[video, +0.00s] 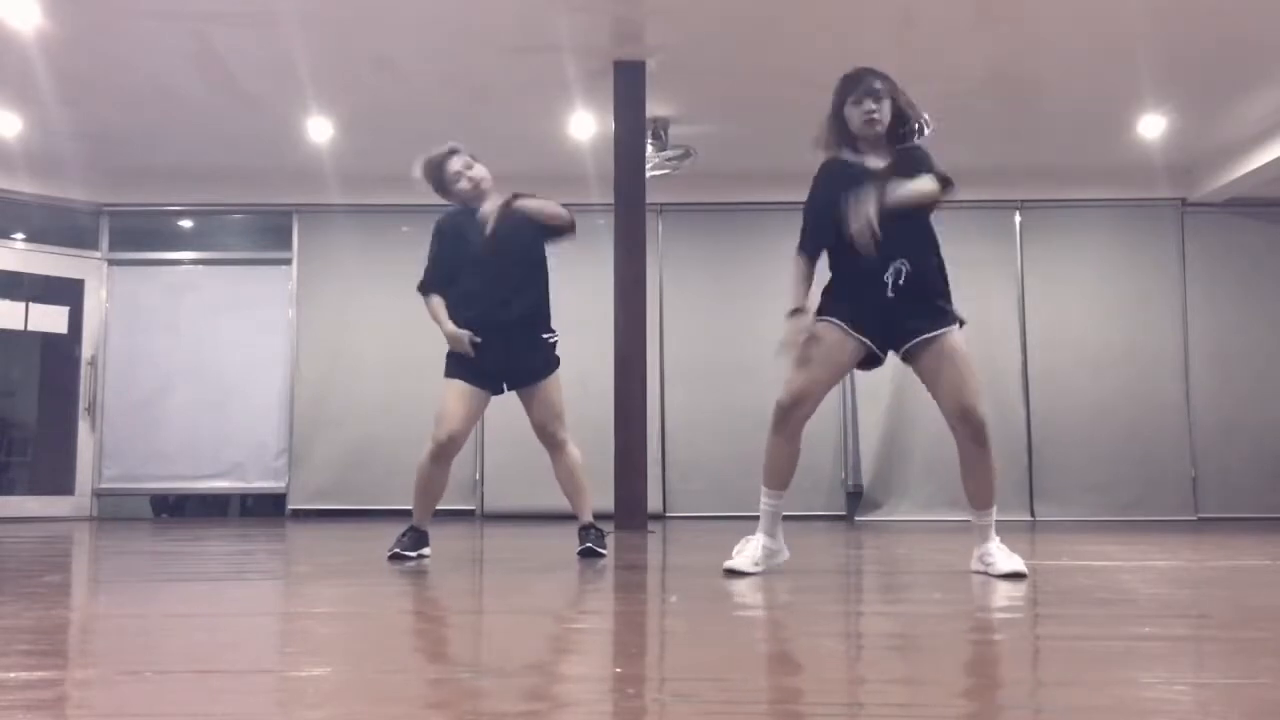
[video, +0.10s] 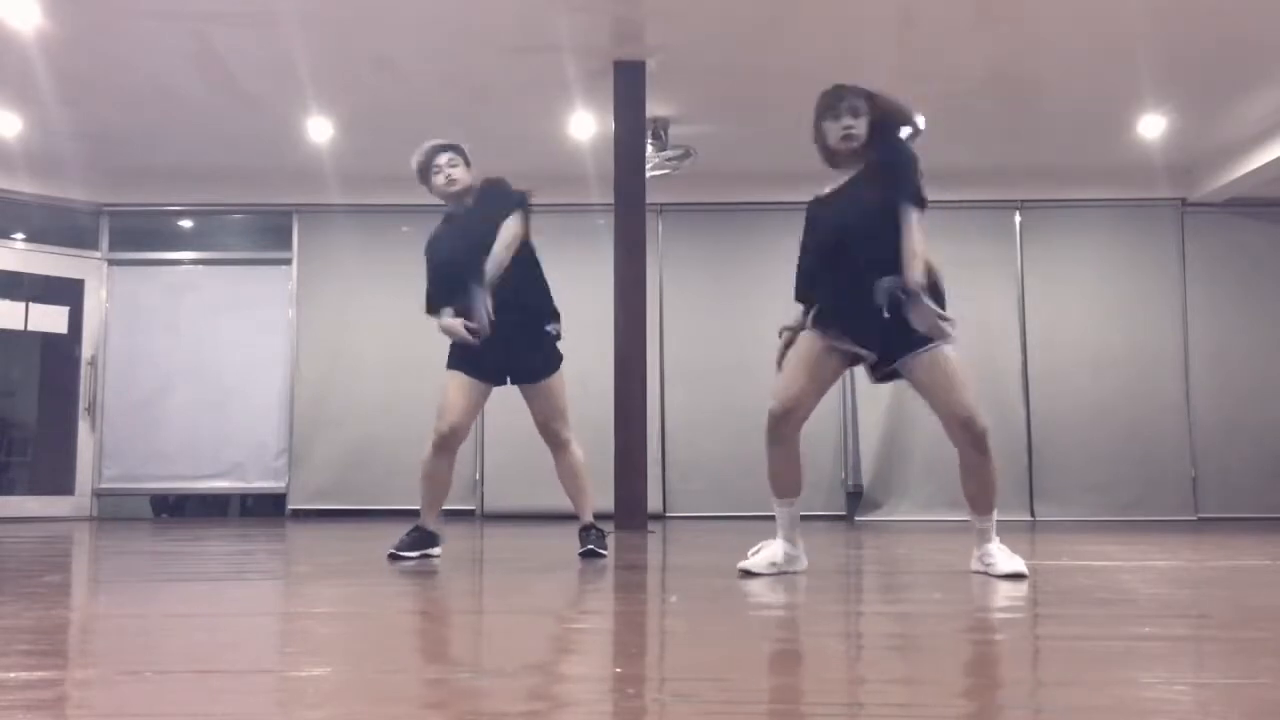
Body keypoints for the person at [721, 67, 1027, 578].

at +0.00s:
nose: (868, 108)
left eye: (877, 99)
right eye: (857, 101)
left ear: (893, 108)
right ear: (842, 113)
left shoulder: (913, 159)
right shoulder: (833, 173)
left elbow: (935, 187)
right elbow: (807, 248)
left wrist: (880, 195)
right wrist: (799, 307)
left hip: (921, 308)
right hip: (851, 310)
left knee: (971, 417)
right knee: (790, 404)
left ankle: (988, 544)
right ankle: (767, 538)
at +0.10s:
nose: (844, 125)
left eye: (855, 115)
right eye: (833, 117)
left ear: (872, 124)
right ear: (819, 128)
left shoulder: (892, 164)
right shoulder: (821, 202)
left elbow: (912, 221)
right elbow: (820, 276)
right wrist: (798, 321)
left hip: (899, 308)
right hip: (836, 316)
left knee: (971, 426)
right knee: (781, 414)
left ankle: (988, 545)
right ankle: (786, 545)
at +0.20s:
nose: (823, 129)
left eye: (832, 120)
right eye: (812, 121)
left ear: (848, 127)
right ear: (798, 133)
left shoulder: (869, 173)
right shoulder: (809, 203)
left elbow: (919, 242)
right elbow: (819, 269)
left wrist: (965, 304)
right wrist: (801, 309)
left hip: (875, 315)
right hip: (817, 320)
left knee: (940, 434)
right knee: (758, 420)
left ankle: (991, 539)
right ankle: (785, 545)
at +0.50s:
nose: (787, 86)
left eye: (797, 76)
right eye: (776, 79)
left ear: (815, 83)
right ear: (764, 92)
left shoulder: (842, 132)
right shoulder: (765, 158)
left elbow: (907, 154)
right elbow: (712, 225)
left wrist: (893, 95)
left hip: (843, 268)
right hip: (781, 282)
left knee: (841, 347)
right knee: (764, 405)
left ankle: (871, 508)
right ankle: (786, 543)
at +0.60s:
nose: (789, 87)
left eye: (798, 78)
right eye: (777, 82)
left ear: (816, 89)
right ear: (763, 98)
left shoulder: (840, 132)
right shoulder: (757, 164)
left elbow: (916, 135)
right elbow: (705, 220)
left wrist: (898, 73)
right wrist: (659, 181)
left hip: (827, 267)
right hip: (769, 280)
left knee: (824, 368)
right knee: (754, 406)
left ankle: (861, 530)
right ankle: (784, 543)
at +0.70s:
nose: (783, 101)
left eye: (793, 93)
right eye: (772, 94)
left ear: (811, 103)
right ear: (760, 109)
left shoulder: (843, 136)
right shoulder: (755, 174)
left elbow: (917, 114)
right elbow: (700, 212)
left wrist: (903, 74)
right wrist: (654, 180)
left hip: (826, 283)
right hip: (768, 293)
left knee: (809, 379)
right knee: (733, 421)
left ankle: (860, 535)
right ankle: (786, 543)